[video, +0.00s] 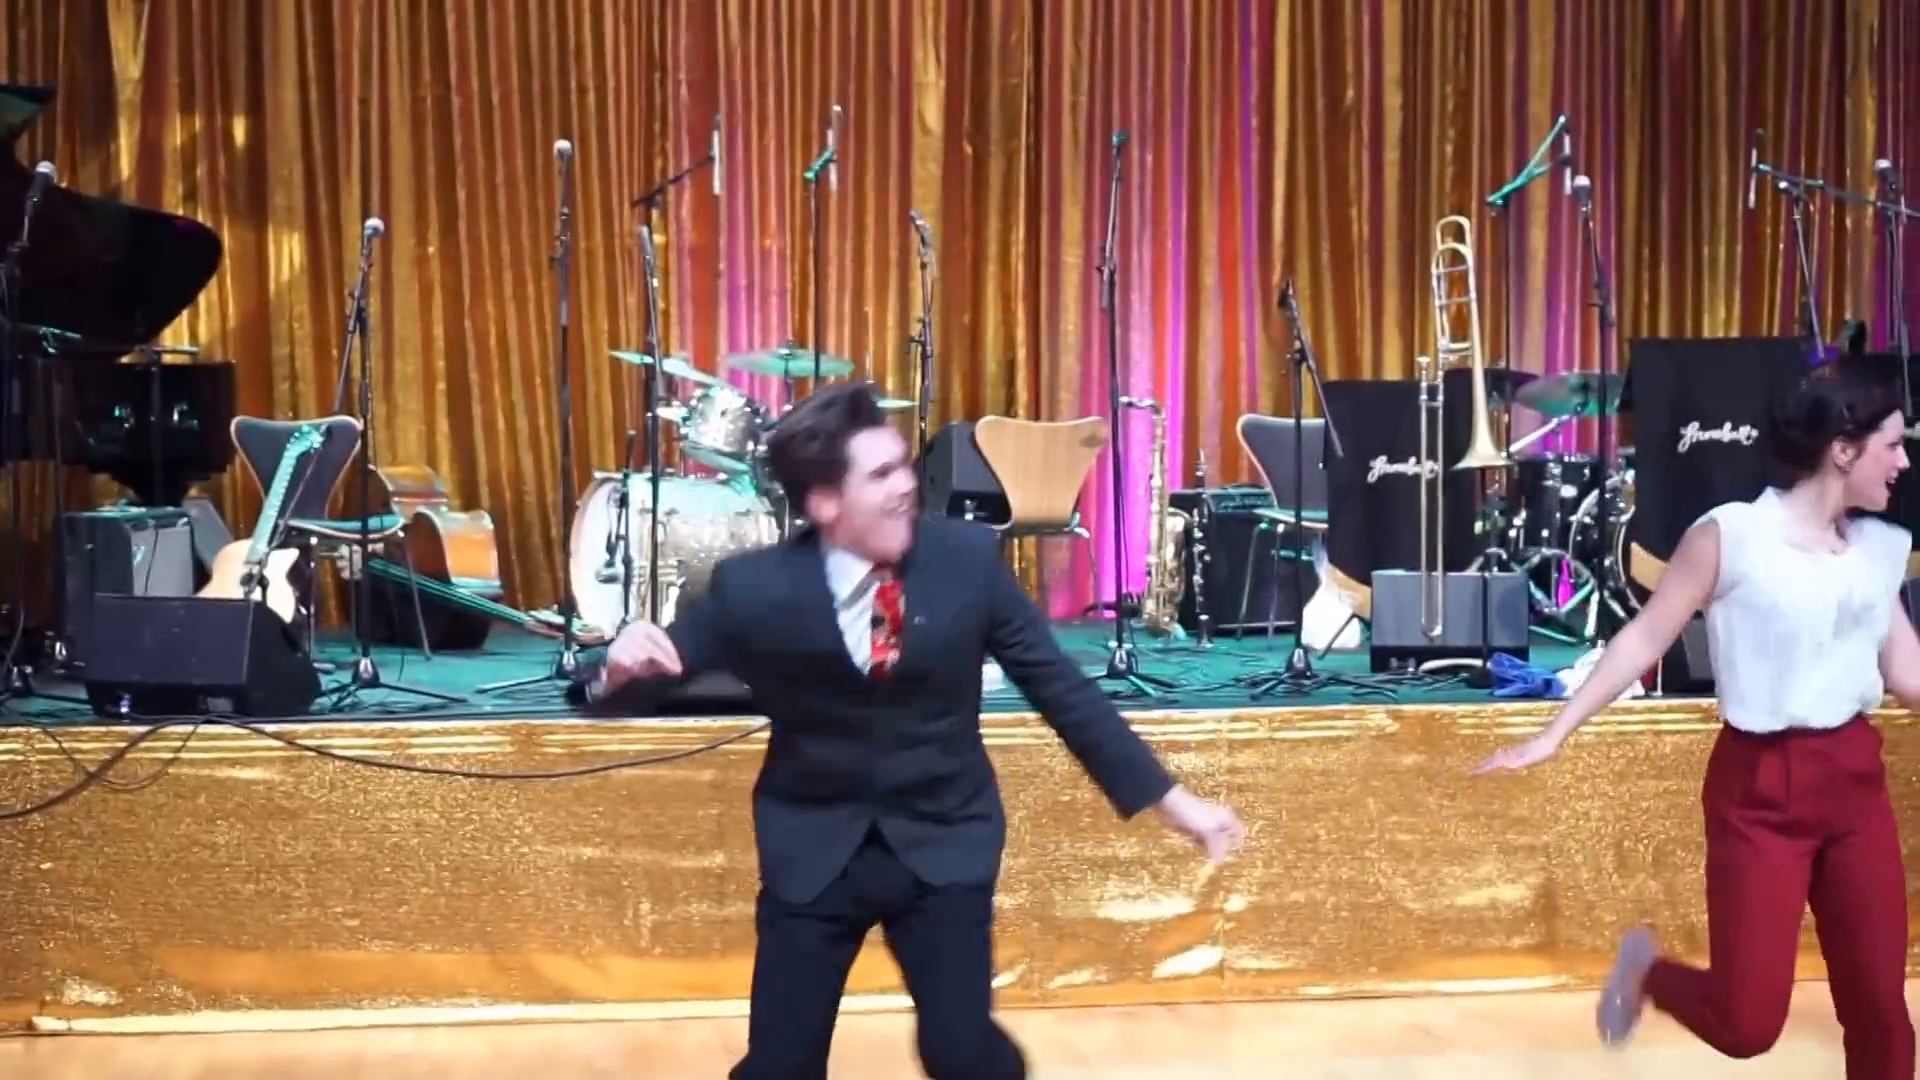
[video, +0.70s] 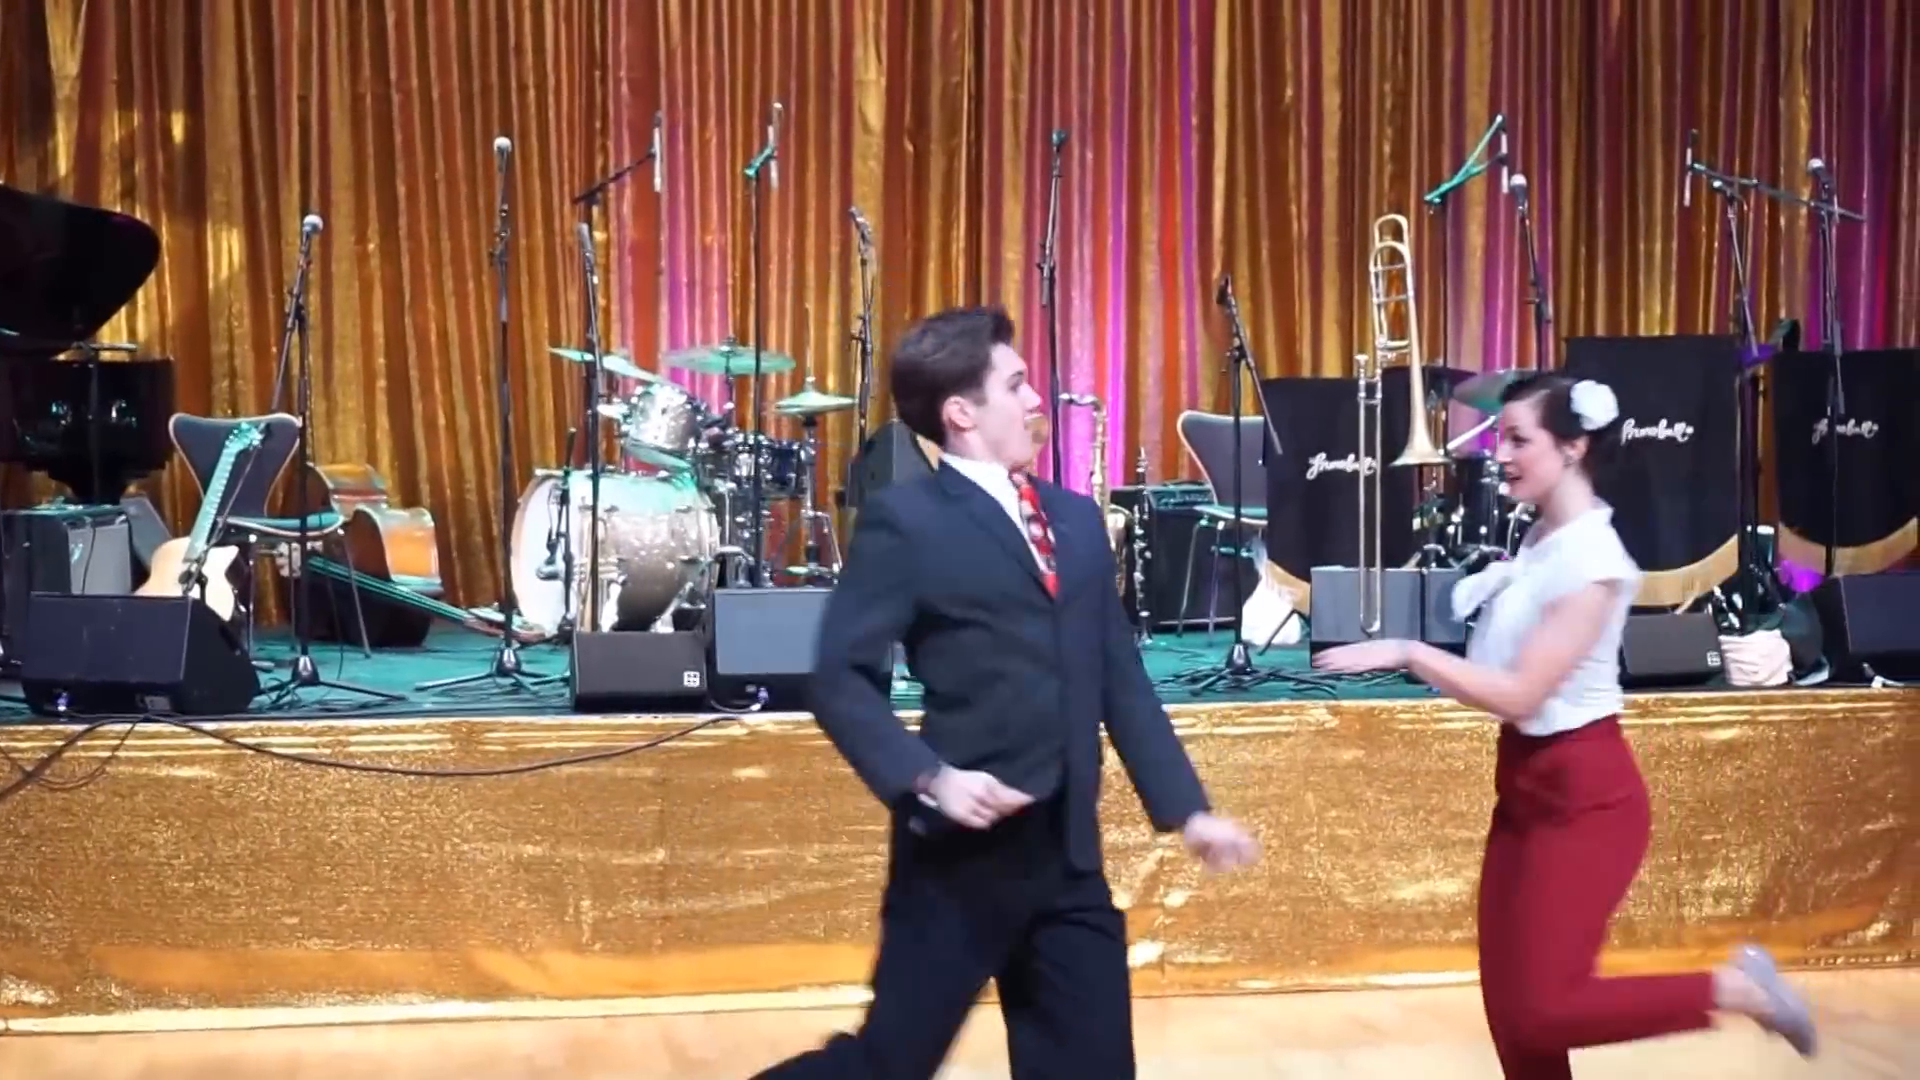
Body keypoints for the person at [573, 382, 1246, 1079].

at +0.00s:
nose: (908, 488)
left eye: (907, 467)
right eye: (884, 475)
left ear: (913, 473)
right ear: (821, 503)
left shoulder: (968, 563)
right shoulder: (751, 591)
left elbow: (1062, 687)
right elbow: (614, 698)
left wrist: (1166, 798)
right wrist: (622, 666)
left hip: (947, 834)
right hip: (812, 839)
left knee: (958, 1048)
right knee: (781, 1058)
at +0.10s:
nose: (846, 528)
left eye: (842, 505)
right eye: (819, 524)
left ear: (848, 494)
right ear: (766, 553)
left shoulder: (930, 578)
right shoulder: (721, 643)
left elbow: (1015, 697)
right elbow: (685, 809)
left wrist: (1109, 807)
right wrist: (653, 746)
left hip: (917, 851)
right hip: (792, 853)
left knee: (859, 1066)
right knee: (754, 1067)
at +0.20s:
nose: (856, 460)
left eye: (850, 440)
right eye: (831, 452)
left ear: (856, 436)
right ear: (778, 486)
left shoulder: (926, 531)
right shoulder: (718, 601)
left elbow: (1009, 657)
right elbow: (721, 735)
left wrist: (1086, 784)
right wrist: (709, 809)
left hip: (914, 825)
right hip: (781, 834)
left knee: (883, 1059)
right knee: (742, 1061)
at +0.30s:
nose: (895, 377)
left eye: (891, 358)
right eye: (871, 365)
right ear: (814, 397)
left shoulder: (942, 469)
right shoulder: (730, 522)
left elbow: (1010, 615)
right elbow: (733, 695)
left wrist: (1069, 747)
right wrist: (752, 853)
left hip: (930, 798)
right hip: (798, 804)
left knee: (952, 1047)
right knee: (746, 1051)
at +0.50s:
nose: (973, 367)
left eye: (968, 349)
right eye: (953, 349)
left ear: (916, 377)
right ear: (897, 377)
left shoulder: (998, 498)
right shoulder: (810, 486)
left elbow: (1060, 607)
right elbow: (727, 644)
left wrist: (1115, 665)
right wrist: (787, 788)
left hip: (957, 825)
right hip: (835, 822)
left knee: (998, 1060)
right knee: (762, 1060)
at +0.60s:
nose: (1009, 371)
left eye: (1003, 353)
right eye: (990, 354)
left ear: (951, 380)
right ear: (935, 380)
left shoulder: (1034, 488)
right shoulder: (863, 480)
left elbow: (1096, 621)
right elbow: (765, 622)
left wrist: (1175, 703)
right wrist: (836, 755)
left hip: (1004, 825)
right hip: (890, 820)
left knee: (1049, 1057)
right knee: (787, 1051)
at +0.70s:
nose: (1036, 398)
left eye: (1029, 380)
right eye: (1015, 384)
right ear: (960, 414)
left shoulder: (1076, 516)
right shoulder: (906, 521)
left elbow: (1120, 676)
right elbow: (839, 679)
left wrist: (1186, 809)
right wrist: (928, 775)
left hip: (1067, 858)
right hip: (958, 857)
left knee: (1093, 1068)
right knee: (890, 1063)